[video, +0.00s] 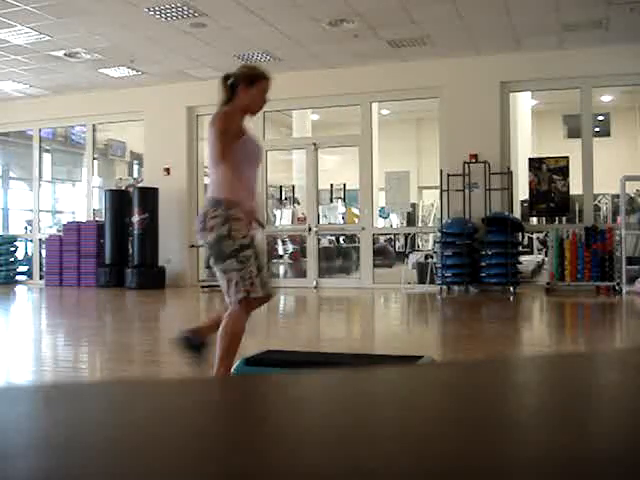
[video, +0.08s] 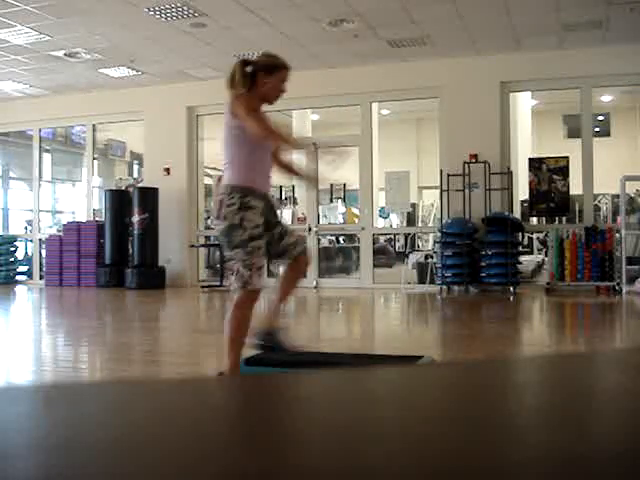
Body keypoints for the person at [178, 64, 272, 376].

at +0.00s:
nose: (265, 100)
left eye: (266, 94)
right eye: (262, 92)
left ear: (244, 91)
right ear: (244, 88)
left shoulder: (238, 124)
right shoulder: (226, 118)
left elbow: (237, 174)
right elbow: (220, 166)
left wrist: (250, 210)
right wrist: (243, 206)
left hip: (238, 215)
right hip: (223, 215)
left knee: (261, 293)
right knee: (242, 300)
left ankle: (198, 333)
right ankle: (221, 378)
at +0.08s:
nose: (282, 92)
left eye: (284, 86)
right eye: (279, 84)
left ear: (265, 83)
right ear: (261, 79)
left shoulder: (259, 115)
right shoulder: (241, 104)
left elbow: (275, 157)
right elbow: (263, 133)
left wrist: (307, 176)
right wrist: (297, 143)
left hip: (261, 204)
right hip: (240, 202)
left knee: (299, 257)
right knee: (249, 287)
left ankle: (268, 327)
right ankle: (232, 371)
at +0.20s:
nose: (308, 100)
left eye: (310, 94)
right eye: (306, 92)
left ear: (293, 91)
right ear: (288, 87)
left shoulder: (287, 131)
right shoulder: (264, 112)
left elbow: (326, 150)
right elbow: (312, 118)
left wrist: (369, 137)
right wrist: (363, 103)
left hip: (283, 212)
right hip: (258, 211)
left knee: (330, 262)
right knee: (269, 294)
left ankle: (351, 332)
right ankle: (242, 370)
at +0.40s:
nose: (347, 99)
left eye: (350, 94)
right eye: (344, 92)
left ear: (343, 91)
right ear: (326, 86)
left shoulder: (332, 123)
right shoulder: (305, 113)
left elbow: (362, 146)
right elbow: (334, 139)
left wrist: (388, 146)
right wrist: (380, 149)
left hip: (327, 208)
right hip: (299, 206)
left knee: (367, 267)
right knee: (292, 283)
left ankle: (372, 341)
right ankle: (260, 359)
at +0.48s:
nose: (353, 93)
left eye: (356, 88)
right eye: (350, 86)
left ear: (348, 87)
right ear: (332, 81)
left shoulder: (343, 122)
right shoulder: (309, 110)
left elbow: (376, 149)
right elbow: (326, 141)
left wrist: (411, 171)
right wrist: (359, 150)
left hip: (334, 205)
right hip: (305, 202)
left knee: (369, 265)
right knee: (301, 278)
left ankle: (373, 341)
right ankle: (263, 355)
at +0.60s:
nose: (365, 78)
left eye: (368, 72)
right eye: (360, 71)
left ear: (369, 73)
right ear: (343, 68)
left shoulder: (366, 110)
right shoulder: (324, 99)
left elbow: (374, 153)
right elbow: (319, 144)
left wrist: (386, 194)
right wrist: (336, 182)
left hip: (355, 186)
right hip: (323, 184)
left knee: (374, 257)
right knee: (331, 258)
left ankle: (376, 335)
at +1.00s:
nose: (361, 82)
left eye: (366, 77)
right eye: (356, 78)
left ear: (375, 83)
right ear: (349, 84)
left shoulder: (390, 118)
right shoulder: (340, 123)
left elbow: (410, 151)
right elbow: (322, 162)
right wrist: (305, 200)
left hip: (391, 198)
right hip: (357, 200)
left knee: (406, 265)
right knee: (355, 263)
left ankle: (416, 318)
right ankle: (353, 335)